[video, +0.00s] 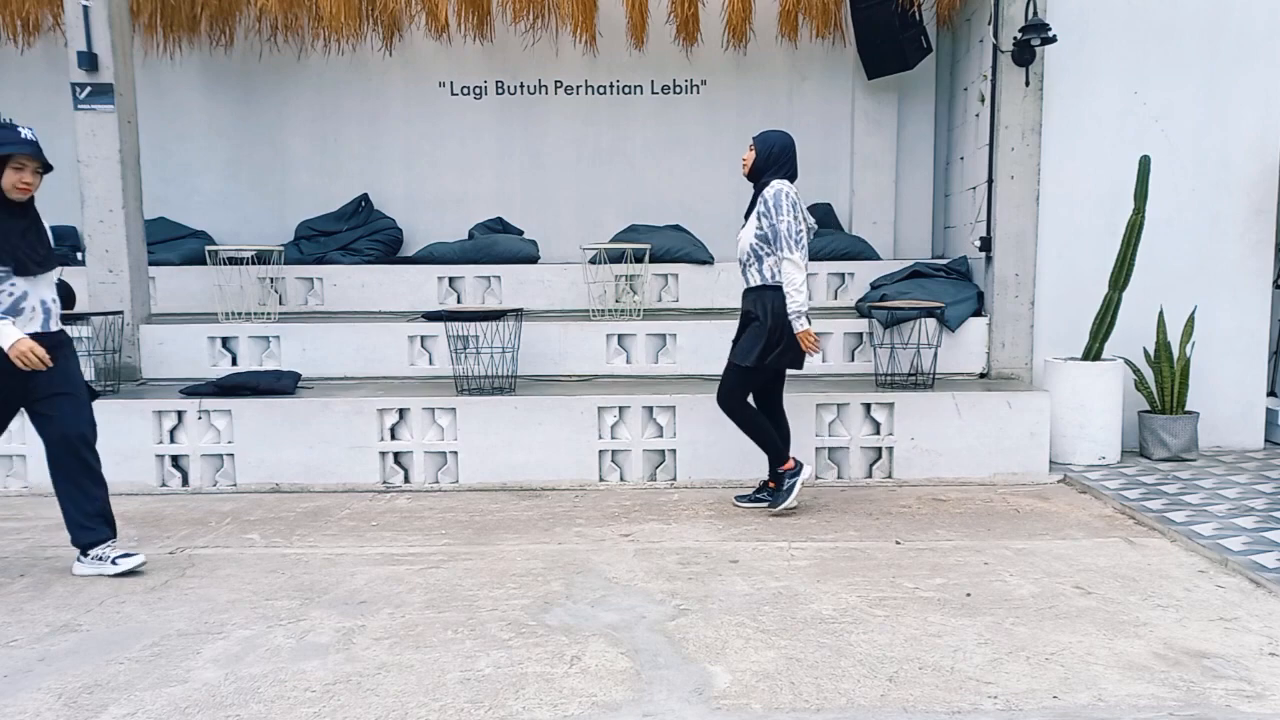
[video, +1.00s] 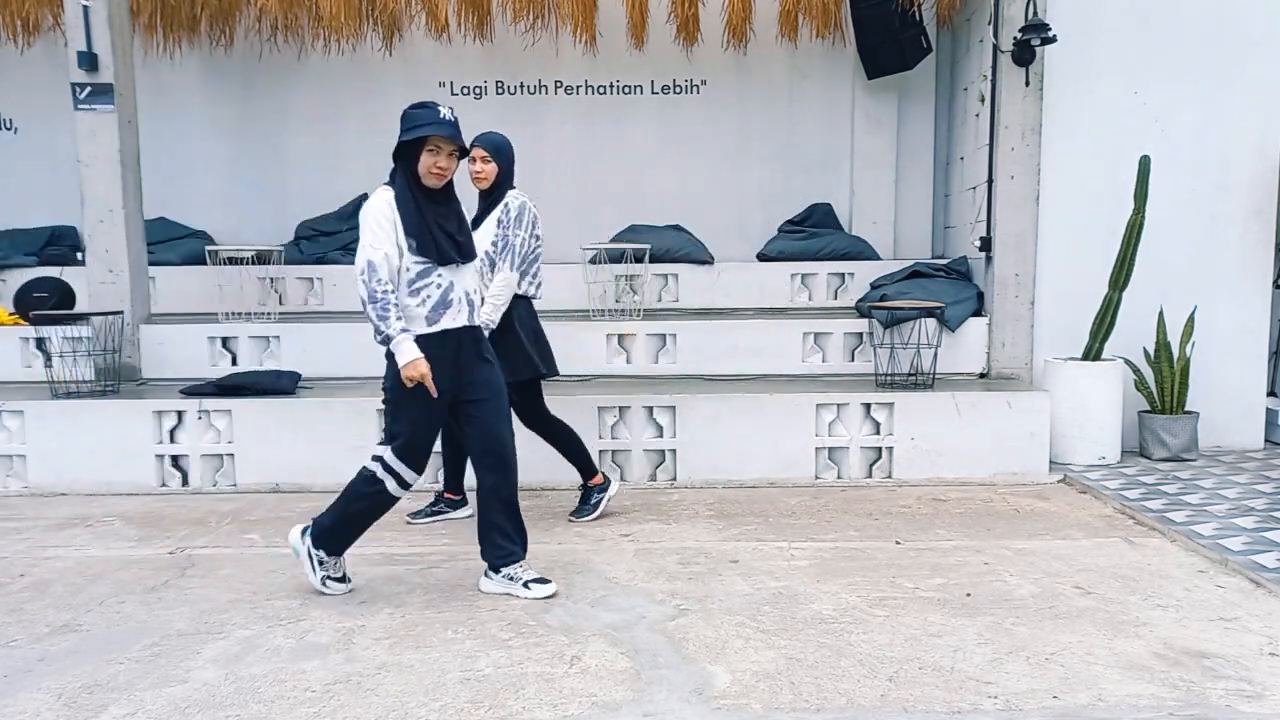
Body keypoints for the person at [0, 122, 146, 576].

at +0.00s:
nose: (27, 177)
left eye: (35, 170)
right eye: (17, 167)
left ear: (42, 175)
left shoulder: (30, 214)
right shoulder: (2, 214)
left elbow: (34, 281)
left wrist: (51, 317)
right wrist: (8, 336)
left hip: (49, 347)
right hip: (6, 353)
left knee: (74, 436)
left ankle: (95, 546)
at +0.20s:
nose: (118, 166)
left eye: (125, 157)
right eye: (108, 155)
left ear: (130, 161)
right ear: (80, 154)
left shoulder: (121, 211)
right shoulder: (42, 201)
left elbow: (135, 289)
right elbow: (23, 279)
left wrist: (150, 349)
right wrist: (35, 345)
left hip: (123, 336)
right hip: (71, 337)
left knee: (129, 437)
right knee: (116, 432)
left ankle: (102, 547)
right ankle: (58, 534)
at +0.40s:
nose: (198, 171)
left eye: (205, 162)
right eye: (188, 161)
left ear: (211, 167)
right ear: (161, 162)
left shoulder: (200, 217)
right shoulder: (129, 213)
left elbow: (231, 277)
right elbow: (88, 286)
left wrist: (268, 312)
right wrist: (67, 355)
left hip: (195, 350)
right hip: (154, 352)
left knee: (149, 452)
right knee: (212, 444)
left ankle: (101, 540)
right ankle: (267, 555)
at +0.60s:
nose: (273, 162)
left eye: (282, 154)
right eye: (263, 152)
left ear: (289, 159)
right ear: (239, 153)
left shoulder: (279, 210)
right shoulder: (212, 209)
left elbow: (311, 276)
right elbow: (193, 290)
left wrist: (346, 320)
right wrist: (183, 362)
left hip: (290, 342)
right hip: (246, 345)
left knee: (305, 445)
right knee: (288, 446)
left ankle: (205, 508)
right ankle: (289, 567)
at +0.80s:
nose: (356, 157)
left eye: (365, 150)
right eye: (347, 146)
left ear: (371, 156)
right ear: (322, 146)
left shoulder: (360, 202)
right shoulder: (294, 200)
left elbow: (366, 279)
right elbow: (298, 284)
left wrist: (376, 337)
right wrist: (338, 338)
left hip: (372, 339)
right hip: (319, 344)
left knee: (411, 436)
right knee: (315, 456)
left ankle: (425, 554)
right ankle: (291, 565)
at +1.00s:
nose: (443, 162)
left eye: (452, 154)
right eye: (434, 150)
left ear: (459, 159)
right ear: (410, 151)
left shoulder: (451, 206)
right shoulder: (383, 205)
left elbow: (473, 274)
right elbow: (375, 286)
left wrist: (475, 328)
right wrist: (404, 349)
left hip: (470, 343)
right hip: (420, 349)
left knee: (496, 452)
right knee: (401, 466)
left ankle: (503, 565)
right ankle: (320, 541)